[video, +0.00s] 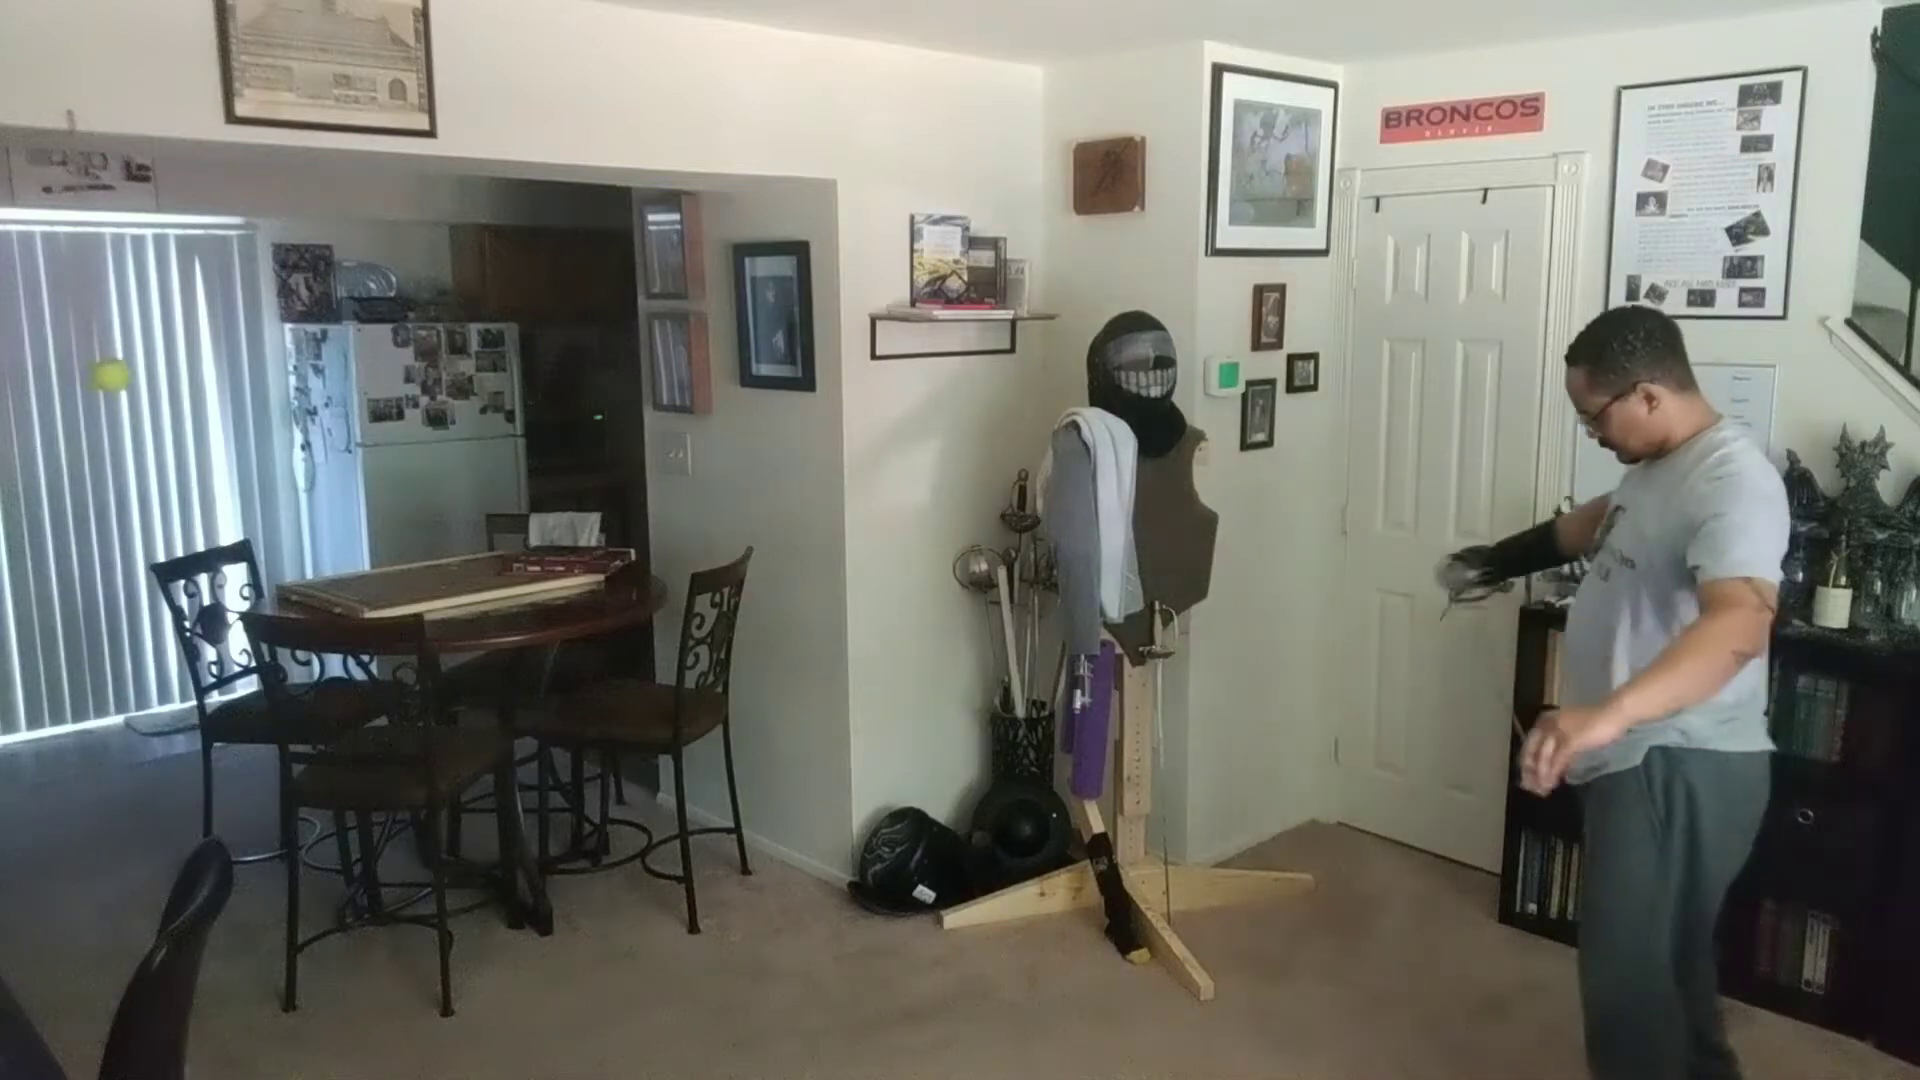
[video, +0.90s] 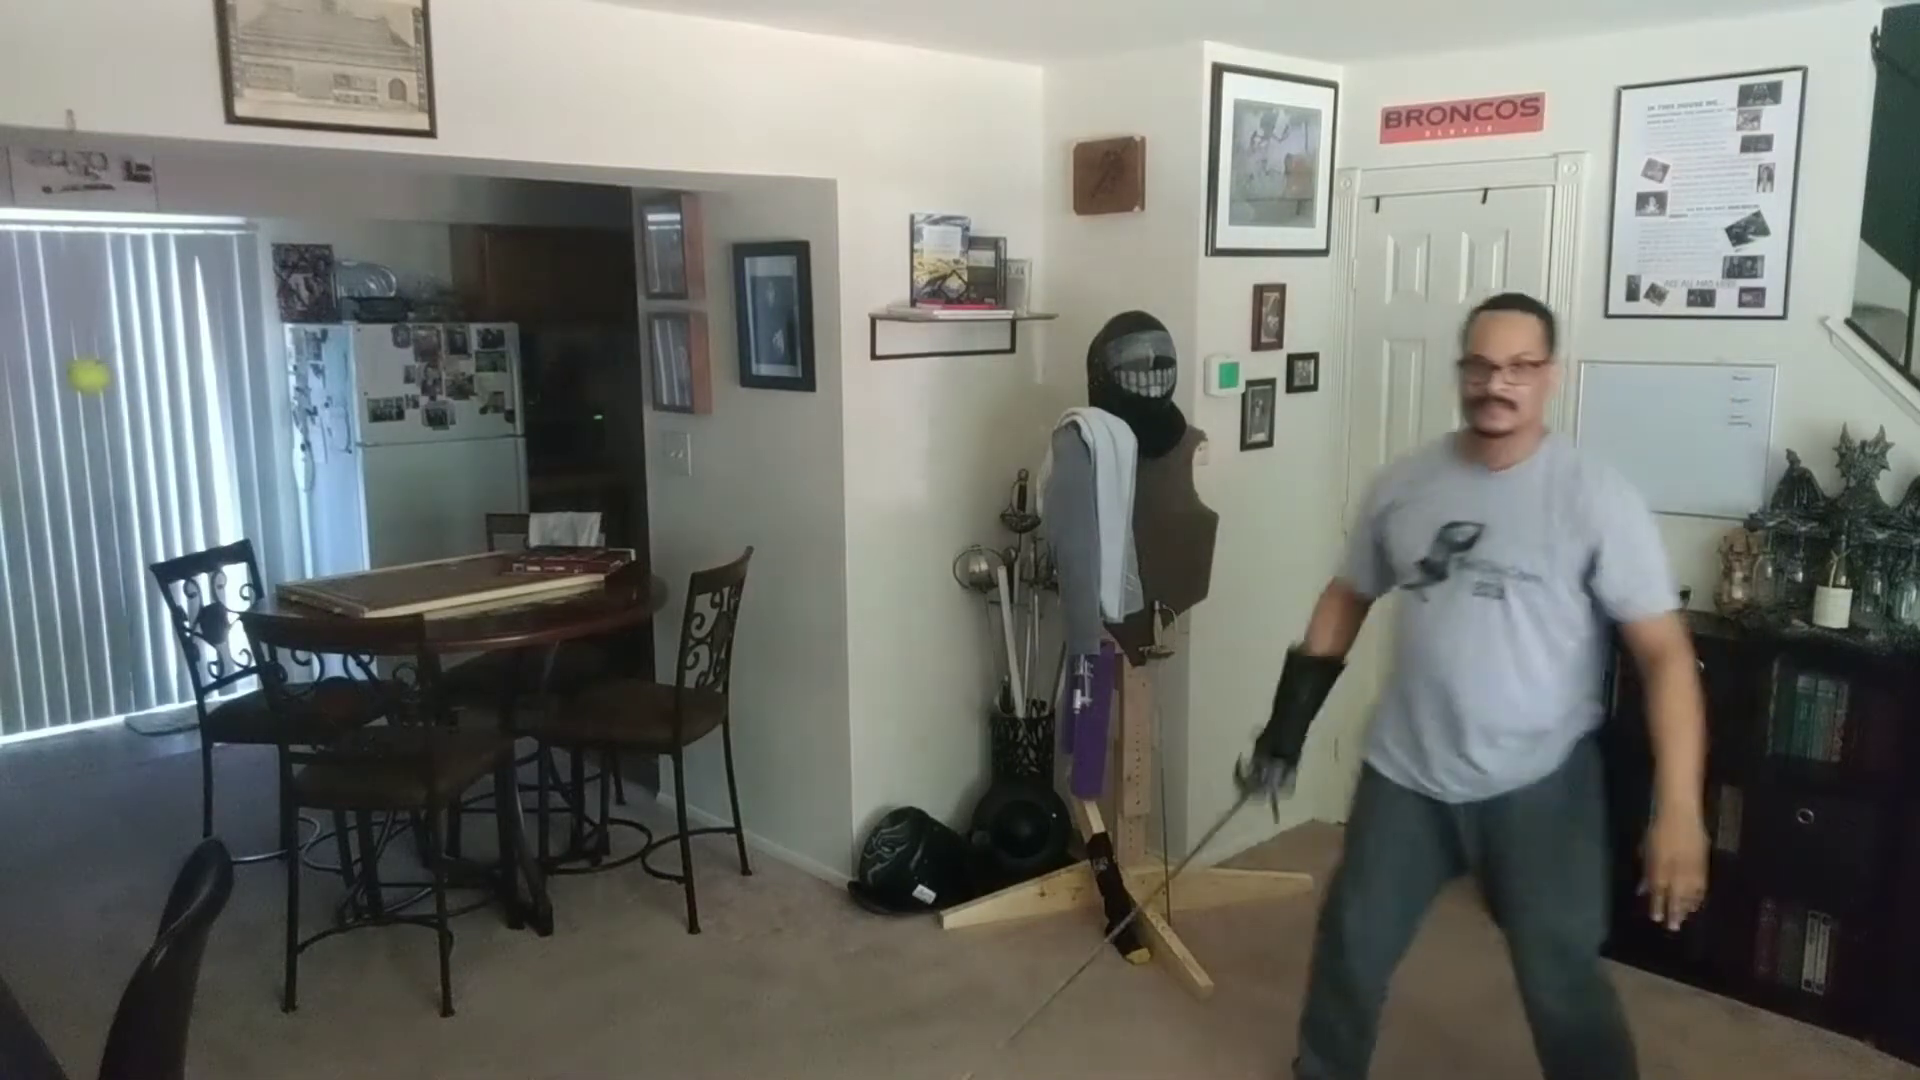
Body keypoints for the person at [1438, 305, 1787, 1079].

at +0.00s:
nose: (1594, 434)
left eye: (1596, 417)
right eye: (1587, 421)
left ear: (1648, 394)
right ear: (1650, 393)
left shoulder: (1732, 475)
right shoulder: (1662, 470)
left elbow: (1739, 624)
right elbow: (1591, 526)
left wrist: (1606, 715)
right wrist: (1501, 558)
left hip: (1676, 775)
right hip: (1637, 765)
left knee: (1629, 984)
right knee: (1666, 963)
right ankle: (1700, 1064)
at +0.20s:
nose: (1580, 436)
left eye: (1585, 418)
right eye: (1575, 422)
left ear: (1641, 396)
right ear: (1636, 398)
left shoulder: (1727, 484)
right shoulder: (1623, 472)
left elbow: (1761, 646)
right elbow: (1558, 529)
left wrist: (1644, 736)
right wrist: (1462, 577)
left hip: (1657, 792)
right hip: (1577, 775)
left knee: (1623, 1011)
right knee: (1571, 944)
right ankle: (1675, 1054)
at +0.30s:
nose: (1573, 435)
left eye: (1578, 418)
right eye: (1567, 421)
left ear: (1636, 397)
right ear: (1629, 399)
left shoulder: (1718, 484)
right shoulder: (1607, 475)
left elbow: (1771, 645)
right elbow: (1540, 529)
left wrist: (1650, 735)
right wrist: (1443, 582)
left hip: (1648, 791)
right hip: (1554, 774)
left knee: (1618, 1006)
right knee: (1526, 918)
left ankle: (1639, 1076)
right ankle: (1606, 1050)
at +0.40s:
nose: (1562, 429)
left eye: (1572, 411)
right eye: (1556, 413)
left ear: (1636, 389)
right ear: (1619, 394)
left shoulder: (1708, 486)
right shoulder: (1582, 475)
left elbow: (1770, 635)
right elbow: (1518, 521)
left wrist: (1678, 729)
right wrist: (1425, 577)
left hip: (1643, 789)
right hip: (1537, 767)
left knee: (1619, 1001)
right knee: (1488, 910)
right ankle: (1533, 1054)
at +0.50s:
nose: (1560, 415)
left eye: (1578, 394)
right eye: (1551, 395)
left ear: (1642, 383)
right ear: (1542, 387)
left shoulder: (1693, 484)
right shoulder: (1556, 466)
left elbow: (1768, 615)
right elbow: (1487, 513)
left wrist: (1700, 713)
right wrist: (1406, 576)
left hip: (1634, 782)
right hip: (1520, 757)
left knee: (1613, 990)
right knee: (1452, 907)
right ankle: (1456, 1060)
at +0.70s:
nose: (1555, 395)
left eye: (1578, 377)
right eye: (1538, 375)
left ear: (1618, 378)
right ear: (1520, 376)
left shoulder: (1657, 488)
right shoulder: (1493, 470)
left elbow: (1714, 615)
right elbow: (1420, 541)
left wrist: (1702, 734)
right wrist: (1340, 621)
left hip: (1604, 777)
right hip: (1477, 762)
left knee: (1602, 994)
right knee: (1386, 932)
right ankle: (1333, 1061)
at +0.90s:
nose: (1496, 384)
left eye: (1519, 368)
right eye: (1479, 366)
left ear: (1551, 378)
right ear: (1458, 373)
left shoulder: (1596, 499)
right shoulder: (1405, 487)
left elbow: (1666, 657)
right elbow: (1346, 598)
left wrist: (1679, 817)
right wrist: (1287, 726)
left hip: (1542, 786)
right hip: (1406, 777)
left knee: (1562, 984)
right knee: (1346, 961)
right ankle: (1325, 1071)